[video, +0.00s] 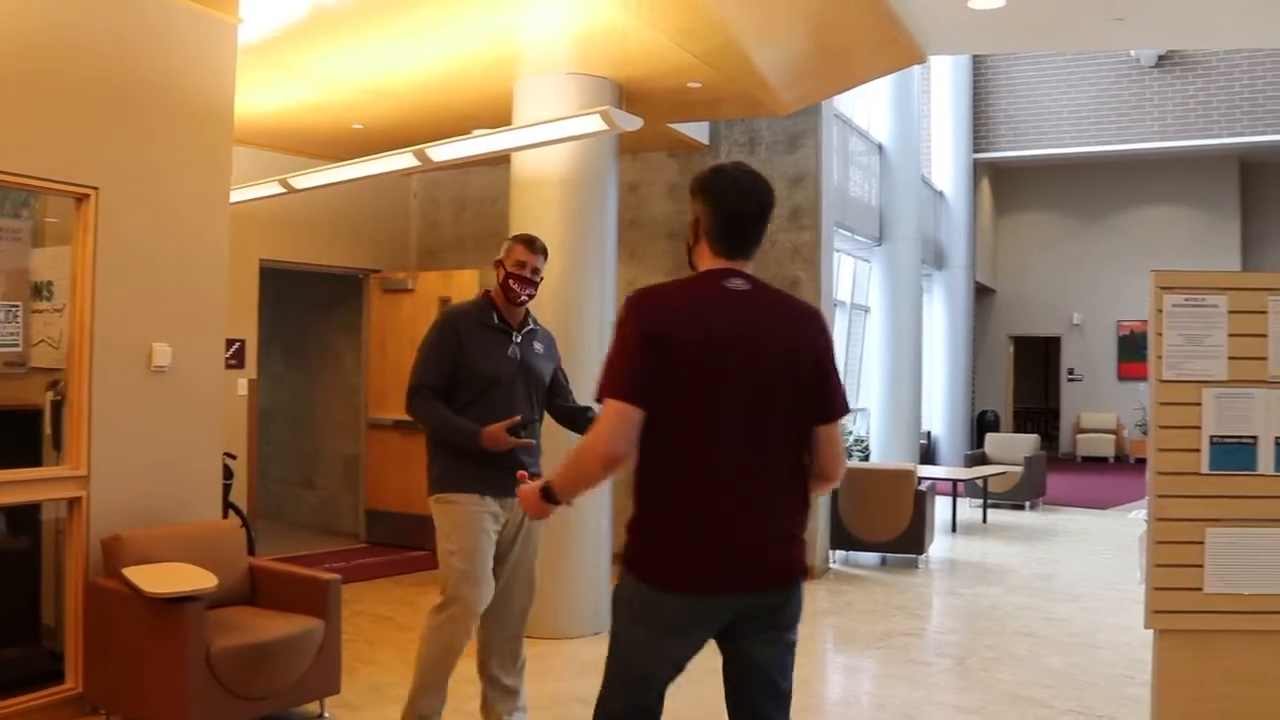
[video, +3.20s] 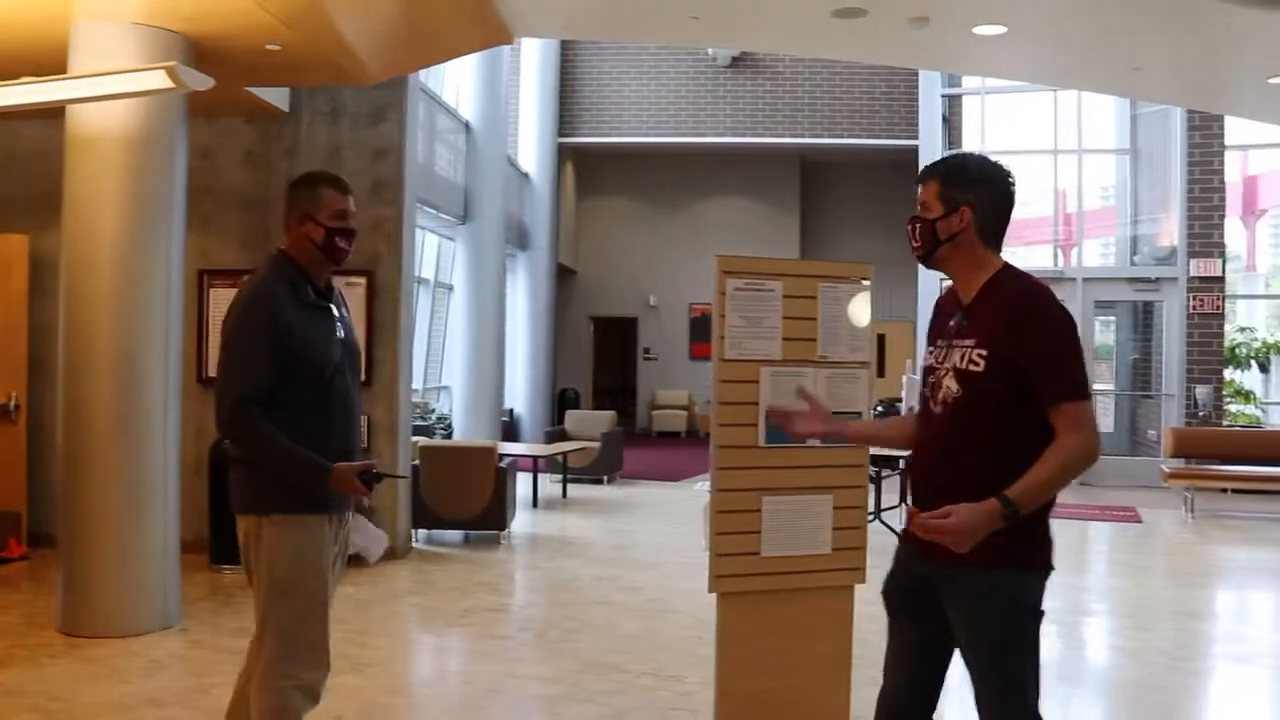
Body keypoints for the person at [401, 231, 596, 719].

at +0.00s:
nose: (522, 279)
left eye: (532, 274)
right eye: (516, 269)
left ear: (540, 280)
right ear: (497, 267)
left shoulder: (542, 340)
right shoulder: (457, 323)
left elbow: (562, 404)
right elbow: (420, 400)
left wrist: (601, 419)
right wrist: (476, 434)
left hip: (522, 492)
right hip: (463, 488)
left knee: (510, 610)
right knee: (467, 598)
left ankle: (504, 711)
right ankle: (421, 712)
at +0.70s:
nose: (495, 277)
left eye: (502, 270)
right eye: (486, 267)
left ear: (507, 277)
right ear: (460, 267)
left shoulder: (498, 339)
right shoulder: (421, 328)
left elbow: (513, 413)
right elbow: (383, 412)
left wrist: (578, 436)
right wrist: (451, 453)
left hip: (480, 500)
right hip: (435, 501)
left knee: (434, 628)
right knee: (469, 635)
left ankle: (421, 715)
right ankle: (475, 717)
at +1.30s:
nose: (467, 256)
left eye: (470, 247)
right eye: (455, 247)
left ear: (473, 252)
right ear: (422, 251)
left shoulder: (455, 317)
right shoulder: (392, 319)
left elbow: (469, 395)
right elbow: (362, 423)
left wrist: (527, 414)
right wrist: (443, 464)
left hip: (461, 501)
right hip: (406, 511)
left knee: (475, 616)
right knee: (416, 649)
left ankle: (439, 714)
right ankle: (404, 719)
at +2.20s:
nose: (430, 257)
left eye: (435, 250)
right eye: (421, 246)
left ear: (436, 256)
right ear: (390, 246)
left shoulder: (415, 320)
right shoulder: (348, 308)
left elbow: (433, 414)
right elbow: (313, 398)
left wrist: (501, 443)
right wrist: (392, 438)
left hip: (412, 499)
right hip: (361, 498)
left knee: (392, 633)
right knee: (370, 630)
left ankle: (369, 712)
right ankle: (324, 717)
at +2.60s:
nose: (398, 255)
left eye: (403, 247)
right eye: (389, 243)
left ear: (404, 251)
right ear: (355, 240)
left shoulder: (378, 317)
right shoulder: (311, 302)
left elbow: (384, 415)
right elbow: (274, 396)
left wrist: (425, 479)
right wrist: (351, 449)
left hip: (361, 495)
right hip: (314, 495)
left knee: (312, 631)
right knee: (338, 640)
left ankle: (303, 715)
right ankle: (343, 718)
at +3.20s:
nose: (347, 238)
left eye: (351, 228)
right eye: (336, 225)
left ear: (352, 229)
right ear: (298, 224)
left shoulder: (324, 295)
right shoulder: (264, 297)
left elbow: (325, 399)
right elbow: (236, 417)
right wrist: (327, 474)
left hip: (319, 506)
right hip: (283, 508)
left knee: (279, 661)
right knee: (295, 672)